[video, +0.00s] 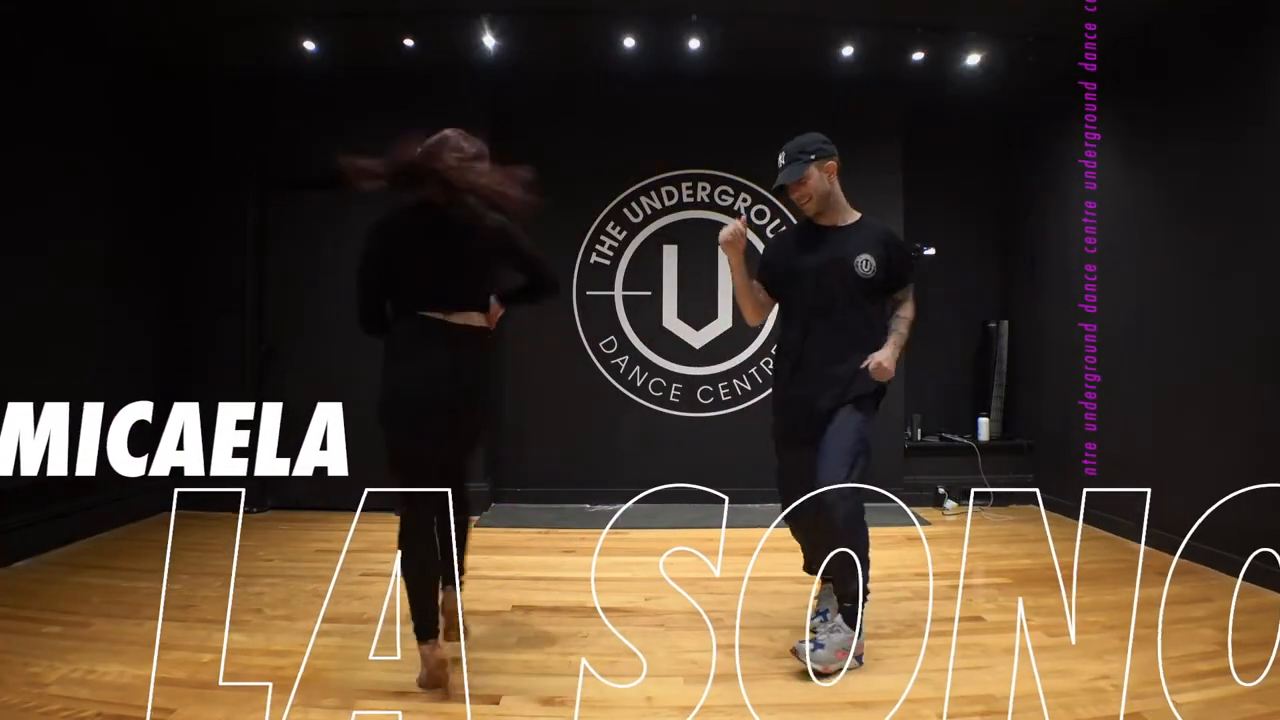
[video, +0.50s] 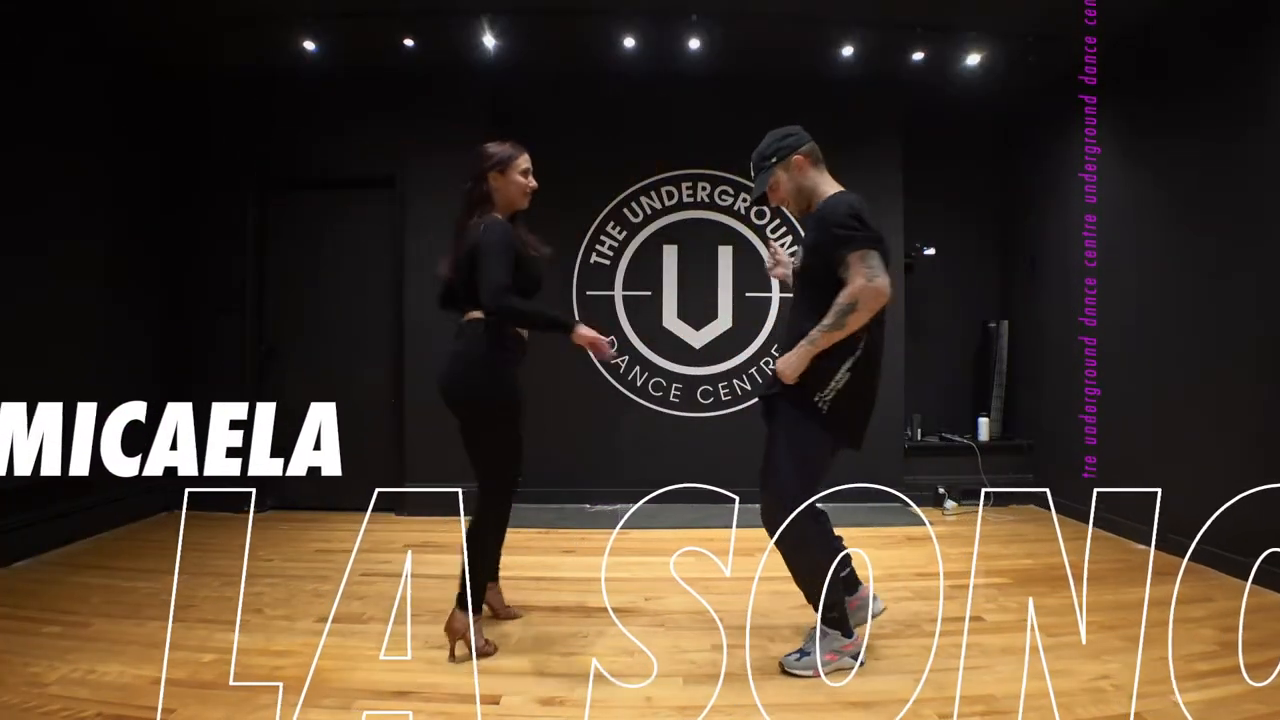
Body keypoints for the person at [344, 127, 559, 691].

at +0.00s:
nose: (469, 175)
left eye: (458, 161)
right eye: (470, 166)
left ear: (419, 172)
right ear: (478, 176)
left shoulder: (392, 224)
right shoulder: (487, 225)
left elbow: (370, 315)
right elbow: (543, 283)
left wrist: (411, 319)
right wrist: (497, 300)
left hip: (410, 362)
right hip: (470, 364)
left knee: (415, 503)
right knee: (456, 483)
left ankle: (428, 646)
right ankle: (450, 591)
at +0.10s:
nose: (499, 183)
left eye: (499, 174)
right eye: (494, 173)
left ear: (449, 173)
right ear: (469, 172)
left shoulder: (410, 224)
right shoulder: (493, 225)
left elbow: (374, 305)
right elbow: (544, 291)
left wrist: (398, 363)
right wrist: (508, 242)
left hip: (418, 360)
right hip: (477, 359)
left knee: (419, 503)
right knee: (495, 493)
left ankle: (423, 634)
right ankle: (471, 611)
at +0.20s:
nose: (508, 182)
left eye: (507, 172)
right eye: (501, 172)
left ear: (465, 176)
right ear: (473, 174)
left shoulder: (424, 227)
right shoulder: (492, 227)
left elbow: (378, 299)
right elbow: (532, 299)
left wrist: (386, 369)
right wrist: (539, 260)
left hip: (430, 364)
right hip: (484, 364)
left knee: (444, 498)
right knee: (493, 500)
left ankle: (418, 623)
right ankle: (470, 624)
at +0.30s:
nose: (516, 184)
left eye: (515, 174)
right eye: (508, 174)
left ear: (477, 180)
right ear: (477, 177)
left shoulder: (444, 228)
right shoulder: (490, 230)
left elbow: (389, 292)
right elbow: (522, 304)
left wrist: (387, 354)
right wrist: (560, 277)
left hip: (444, 355)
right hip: (483, 357)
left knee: (479, 484)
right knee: (489, 486)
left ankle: (425, 590)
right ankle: (468, 617)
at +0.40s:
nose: (527, 182)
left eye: (526, 173)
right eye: (517, 174)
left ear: (492, 183)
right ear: (487, 180)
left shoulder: (464, 230)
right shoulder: (496, 231)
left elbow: (420, 291)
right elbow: (513, 309)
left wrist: (442, 329)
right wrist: (586, 323)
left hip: (461, 366)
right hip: (485, 369)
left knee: (485, 481)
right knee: (499, 480)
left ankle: (464, 596)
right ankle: (465, 616)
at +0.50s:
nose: (533, 183)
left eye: (532, 174)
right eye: (524, 174)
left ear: (502, 184)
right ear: (495, 180)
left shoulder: (483, 229)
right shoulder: (496, 230)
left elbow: (449, 298)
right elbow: (500, 301)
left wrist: (500, 314)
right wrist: (570, 327)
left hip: (475, 363)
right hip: (486, 365)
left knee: (499, 480)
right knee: (498, 485)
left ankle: (488, 582)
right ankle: (464, 611)